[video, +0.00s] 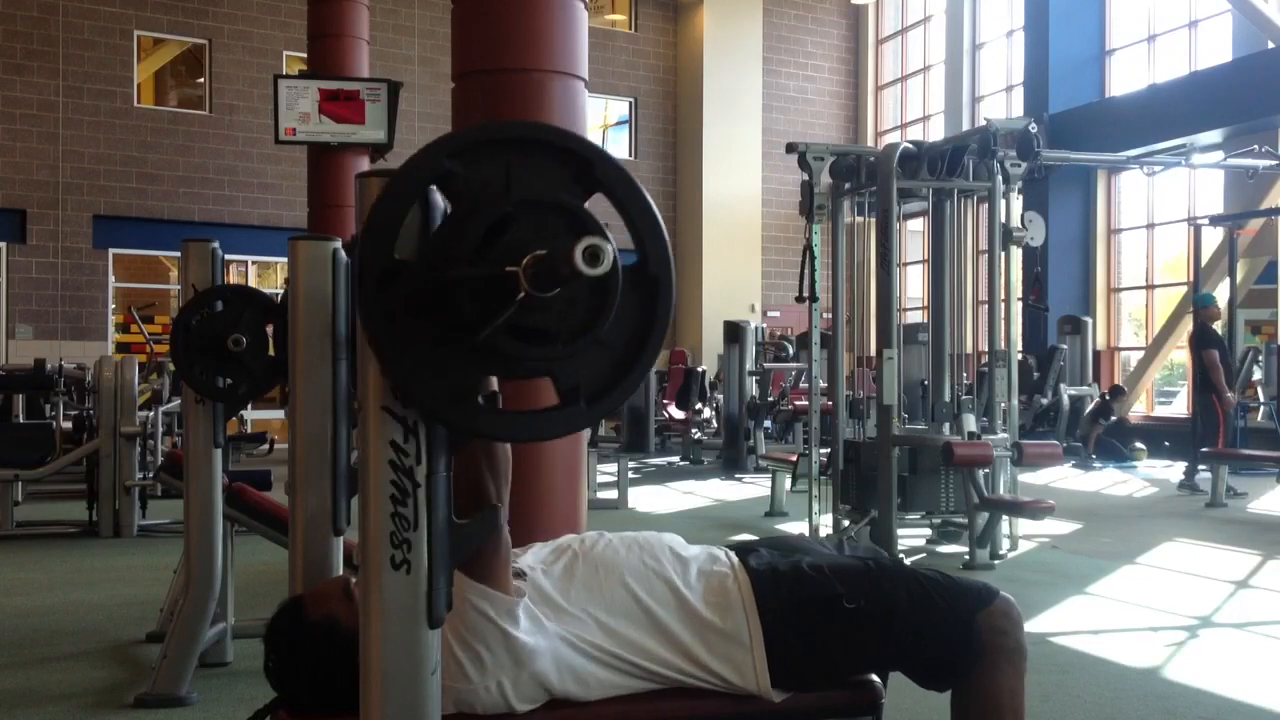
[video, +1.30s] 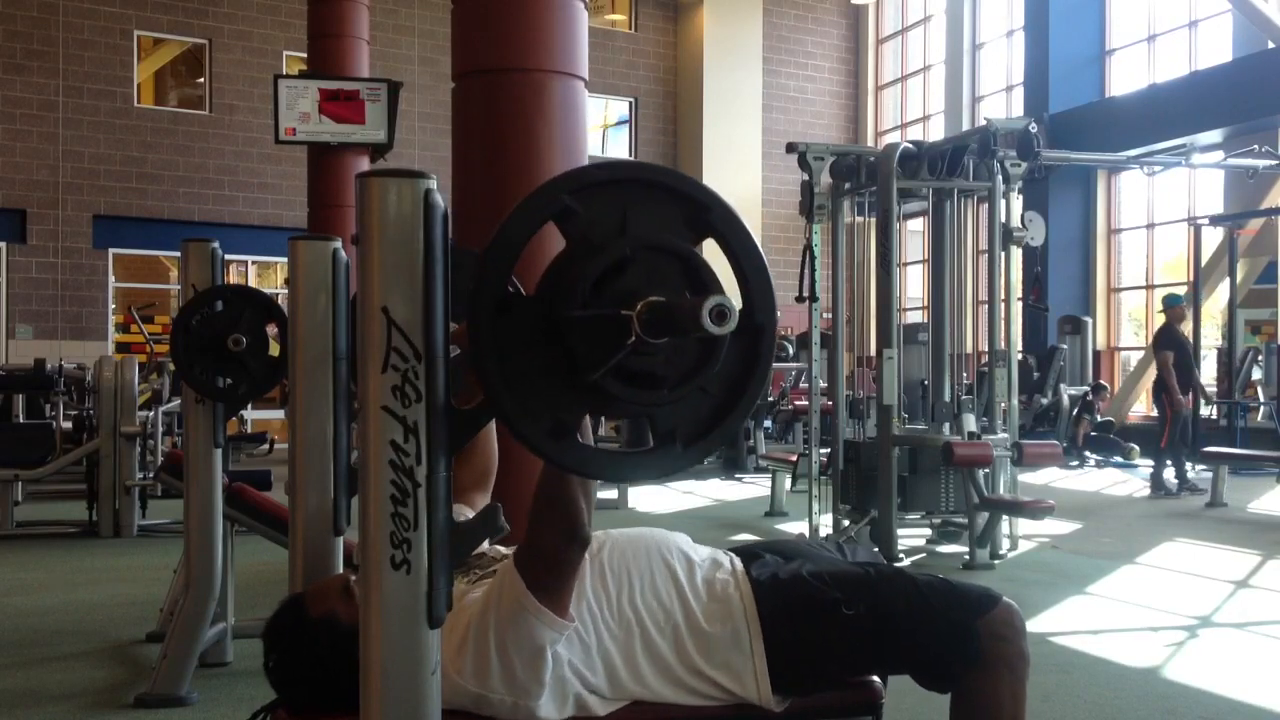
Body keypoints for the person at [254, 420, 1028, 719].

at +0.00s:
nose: (363, 570)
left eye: (347, 571)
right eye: (351, 586)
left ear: (346, 669)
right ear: (361, 647)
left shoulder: (452, 640)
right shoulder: (467, 667)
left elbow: (466, 512)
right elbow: (479, 499)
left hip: (726, 578)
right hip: (753, 606)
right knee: (992, 623)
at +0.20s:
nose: (356, 575)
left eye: (339, 580)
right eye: (341, 593)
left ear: (349, 655)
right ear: (361, 637)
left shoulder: (453, 642)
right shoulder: (470, 656)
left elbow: (496, 499)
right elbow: (503, 494)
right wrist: (471, 331)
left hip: (718, 589)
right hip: (750, 608)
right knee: (991, 626)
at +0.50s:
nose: (356, 563)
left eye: (336, 567)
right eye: (343, 582)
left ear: (342, 659)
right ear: (358, 634)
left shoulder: (450, 648)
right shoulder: (468, 662)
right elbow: (532, 503)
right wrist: (519, 343)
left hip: (716, 610)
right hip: (750, 604)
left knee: (860, 686)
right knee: (983, 627)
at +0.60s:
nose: (356, 570)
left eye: (338, 577)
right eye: (345, 588)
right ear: (363, 637)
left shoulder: (453, 659)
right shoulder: (473, 672)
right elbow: (529, 502)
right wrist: (536, 317)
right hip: (740, 615)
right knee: (981, 623)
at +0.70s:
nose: (364, 567)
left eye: (345, 571)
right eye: (348, 583)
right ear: (361, 636)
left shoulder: (448, 635)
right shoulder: (479, 673)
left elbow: (459, 485)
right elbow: (545, 513)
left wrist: (478, 376)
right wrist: (547, 331)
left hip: (719, 579)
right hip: (748, 611)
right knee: (985, 626)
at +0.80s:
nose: (364, 566)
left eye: (347, 570)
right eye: (350, 583)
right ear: (361, 635)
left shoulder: (452, 634)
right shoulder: (484, 666)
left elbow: (461, 483)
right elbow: (550, 515)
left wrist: (476, 372)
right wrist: (551, 342)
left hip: (724, 581)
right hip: (750, 612)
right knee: (986, 626)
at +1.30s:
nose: (364, 570)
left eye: (349, 572)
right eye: (349, 587)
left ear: (345, 667)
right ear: (358, 647)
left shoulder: (445, 646)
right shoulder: (480, 672)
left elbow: (462, 491)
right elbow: (557, 537)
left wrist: (481, 385)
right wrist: (537, 374)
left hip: (731, 581)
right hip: (755, 617)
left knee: (860, 681)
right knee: (991, 630)